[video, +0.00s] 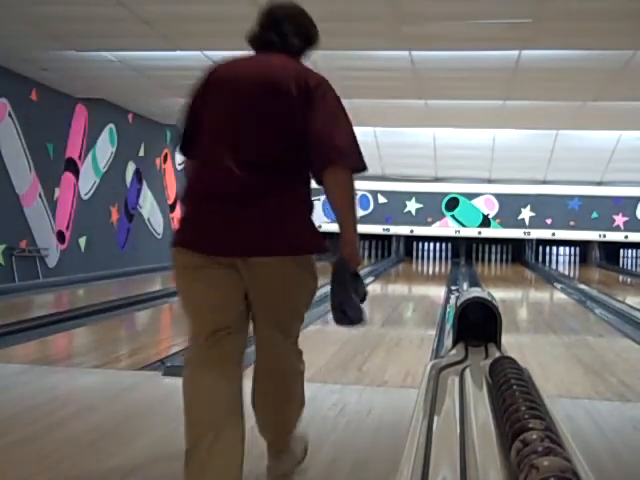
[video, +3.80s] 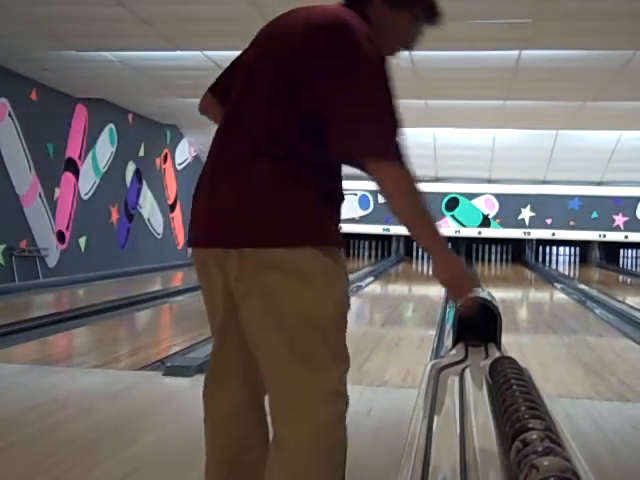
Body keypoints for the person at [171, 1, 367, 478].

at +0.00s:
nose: (308, 55)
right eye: (309, 48)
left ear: (255, 37)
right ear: (303, 45)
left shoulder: (215, 78)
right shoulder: (310, 86)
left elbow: (192, 151)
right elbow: (337, 172)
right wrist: (349, 248)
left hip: (202, 239)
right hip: (281, 244)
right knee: (279, 342)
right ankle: (281, 451)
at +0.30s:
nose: (342, 107)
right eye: (342, 101)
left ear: (299, 84)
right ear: (337, 95)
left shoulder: (262, 115)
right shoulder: (340, 126)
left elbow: (225, 180)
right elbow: (365, 198)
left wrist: (244, 222)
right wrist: (365, 257)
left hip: (248, 243)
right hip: (309, 246)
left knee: (268, 323)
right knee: (305, 351)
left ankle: (273, 424)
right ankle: (286, 454)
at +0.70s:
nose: (349, 118)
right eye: (349, 113)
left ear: (313, 105)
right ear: (345, 111)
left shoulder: (287, 132)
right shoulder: (356, 145)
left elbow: (258, 183)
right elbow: (367, 203)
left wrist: (254, 223)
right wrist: (368, 238)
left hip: (284, 241)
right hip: (331, 244)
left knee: (299, 312)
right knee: (332, 316)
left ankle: (309, 387)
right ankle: (315, 379)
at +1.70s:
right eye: (356, 87)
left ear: (320, 86)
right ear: (355, 90)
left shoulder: (297, 119)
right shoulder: (367, 127)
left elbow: (288, 166)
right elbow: (374, 183)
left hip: (301, 234)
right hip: (350, 236)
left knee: (307, 311)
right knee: (349, 313)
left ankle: (304, 380)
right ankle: (331, 397)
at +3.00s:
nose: (378, 71)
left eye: (383, 62)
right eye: (380, 60)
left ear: (337, 39)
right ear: (360, 43)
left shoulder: (282, 69)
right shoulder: (358, 81)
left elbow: (266, 147)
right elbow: (372, 160)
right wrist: (326, 177)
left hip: (260, 226)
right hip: (324, 231)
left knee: (270, 339)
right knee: (332, 345)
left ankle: (272, 457)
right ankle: (316, 462)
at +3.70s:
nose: (393, 35)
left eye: (400, 24)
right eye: (398, 18)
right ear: (375, 2)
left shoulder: (274, 27)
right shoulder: (335, 34)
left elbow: (212, 111)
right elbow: (338, 133)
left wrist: (287, 146)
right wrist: (401, 217)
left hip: (218, 225)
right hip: (288, 229)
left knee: (236, 383)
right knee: (310, 393)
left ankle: (232, 475)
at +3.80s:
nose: (414, 38)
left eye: (421, 27)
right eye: (416, 21)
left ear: (376, 2)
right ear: (386, 6)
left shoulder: (287, 26)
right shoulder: (352, 44)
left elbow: (214, 101)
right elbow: (386, 169)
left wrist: (285, 143)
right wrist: (444, 258)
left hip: (214, 227)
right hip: (286, 233)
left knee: (233, 382)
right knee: (310, 396)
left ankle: (231, 475)